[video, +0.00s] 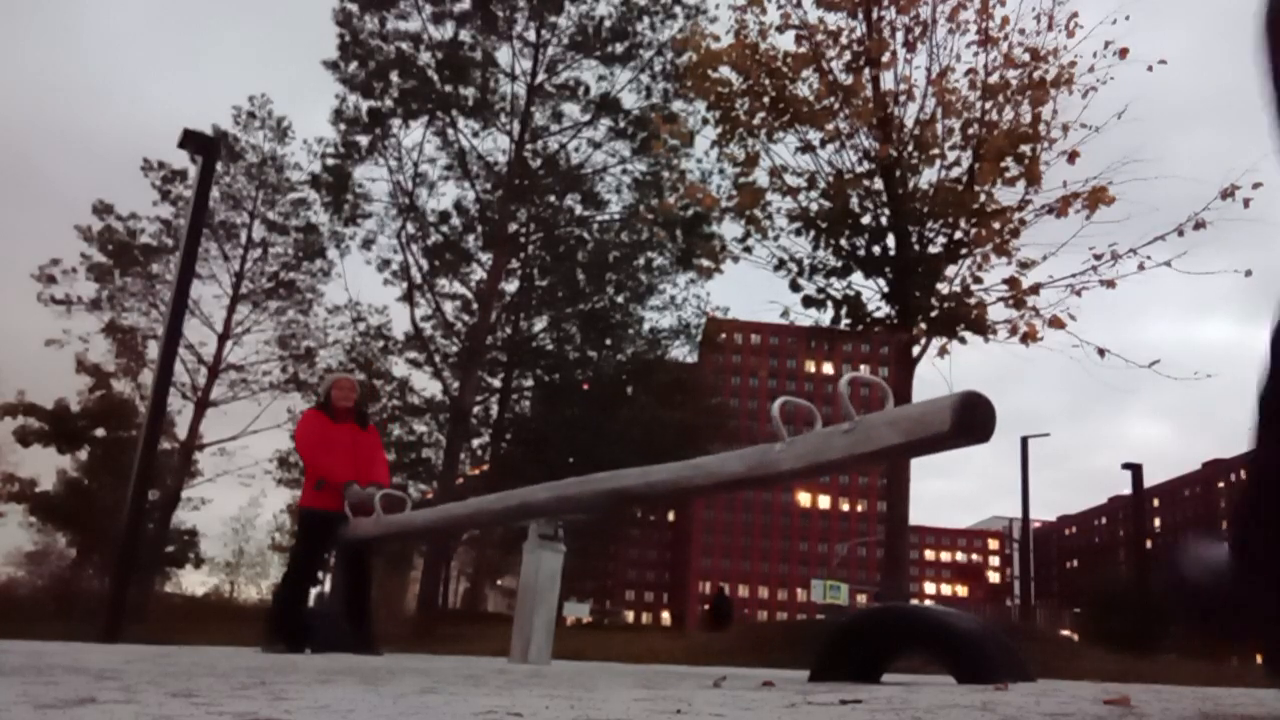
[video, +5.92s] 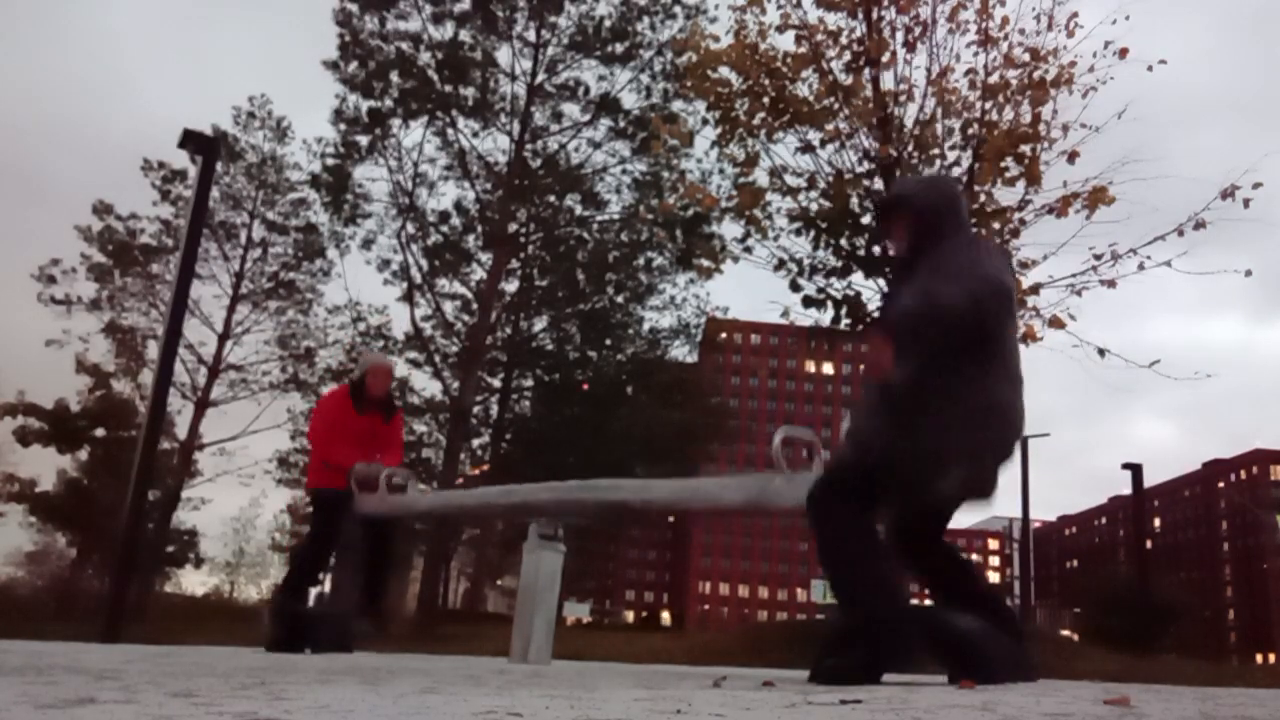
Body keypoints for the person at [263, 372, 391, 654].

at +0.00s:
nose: (345, 393)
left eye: (351, 389)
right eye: (339, 388)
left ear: (358, 396)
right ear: (328, 393)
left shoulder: (367, 430)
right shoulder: (312, 420)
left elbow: (379, 465)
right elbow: (312, 456)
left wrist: (377, 489)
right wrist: (342, 481)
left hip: (357, 514)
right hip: (319, 509)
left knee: (357, 577)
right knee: (301, 573)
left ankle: (360, 640)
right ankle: (282, 637)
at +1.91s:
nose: (373, 389)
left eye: (378, 384)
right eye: (367, 383)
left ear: (384, 390)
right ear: (354, 385)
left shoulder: (385, 425)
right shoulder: (332, 412)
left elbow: (392, 467)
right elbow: (320, 455)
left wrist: (385, 495)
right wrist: (346, 487)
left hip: (363, 514)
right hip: (325, 508)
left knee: (360, 580)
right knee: (306, 571)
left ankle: (362, 643)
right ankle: (280, 635)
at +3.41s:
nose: (382, 369)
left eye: (387, 364)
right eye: (376, 363)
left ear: (392, 369)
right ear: (363, 364)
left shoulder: (393, 401)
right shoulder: (340, 388)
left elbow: (403, 441)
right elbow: (324, 429)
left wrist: (383, 459)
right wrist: (352, 461)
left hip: (373, 487)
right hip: (333, 479)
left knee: (380, 546)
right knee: (321, 540)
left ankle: (374, 611)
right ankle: (290, 602)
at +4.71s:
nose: (369, 396)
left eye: (375, 391)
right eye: (364, 390)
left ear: (382, 395)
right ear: (353, 391)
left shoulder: (384, 428)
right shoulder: (331, 413)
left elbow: (390, 468)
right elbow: (319, 458)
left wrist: (375, 486)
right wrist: (346, 486)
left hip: (365, 511)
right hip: (327, 505)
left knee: (377, 564)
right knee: (317, 564)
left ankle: (364, 634)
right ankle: (273, 621)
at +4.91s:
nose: (362, 431)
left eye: (367, 426)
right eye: (357, 425)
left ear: (371, 429)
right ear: (343, 425)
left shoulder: (370, 461)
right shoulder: (315, 451)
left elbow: (374, 500)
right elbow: (306, 495)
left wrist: (368, 519)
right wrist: (337, 515)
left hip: (352, 535)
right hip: (315, 530)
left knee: (376, 572)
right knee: (313, 578)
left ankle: (358, 636)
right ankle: (274, 627)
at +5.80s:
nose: (378, 410)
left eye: (381, 405)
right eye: (373, 404)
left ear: (384, 408)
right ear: (358, 404)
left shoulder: (383, 440)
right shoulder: (331, 426)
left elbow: (388, 478)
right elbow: (308, 464)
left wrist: (373, 495)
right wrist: (343, 487)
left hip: (362, 517)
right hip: (323, 510)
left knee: (379, 568)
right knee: (316, 566)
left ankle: (362, 635)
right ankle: (275, 630)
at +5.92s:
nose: (382, 384)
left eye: (387, 378)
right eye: (377, 377)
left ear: (391, 381)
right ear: (363, 376)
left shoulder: (391, 414)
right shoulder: (334, 402)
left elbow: (394, 454)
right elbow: (320, 442)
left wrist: (378, 467)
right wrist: (353, 464)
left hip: (368, 492)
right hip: (329, 485)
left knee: (375, 548)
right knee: (323, 541)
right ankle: (287, 606)